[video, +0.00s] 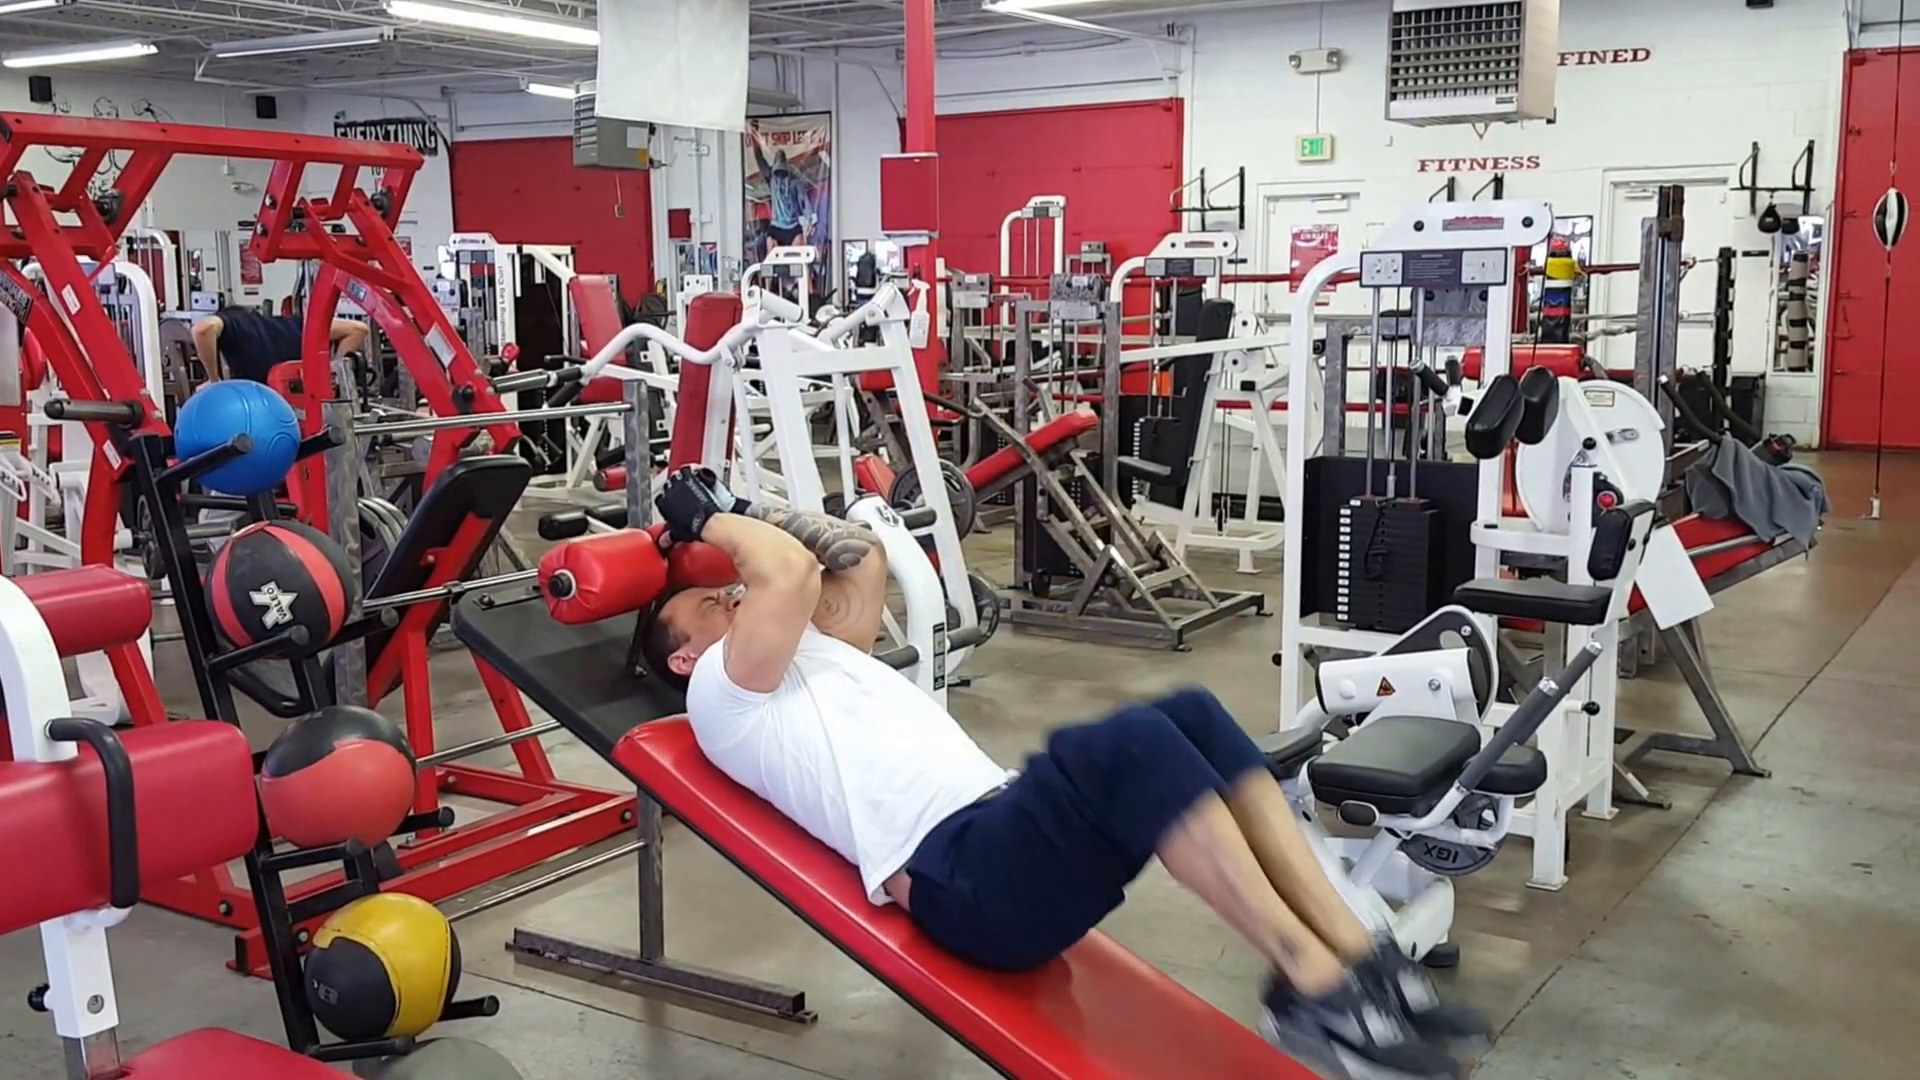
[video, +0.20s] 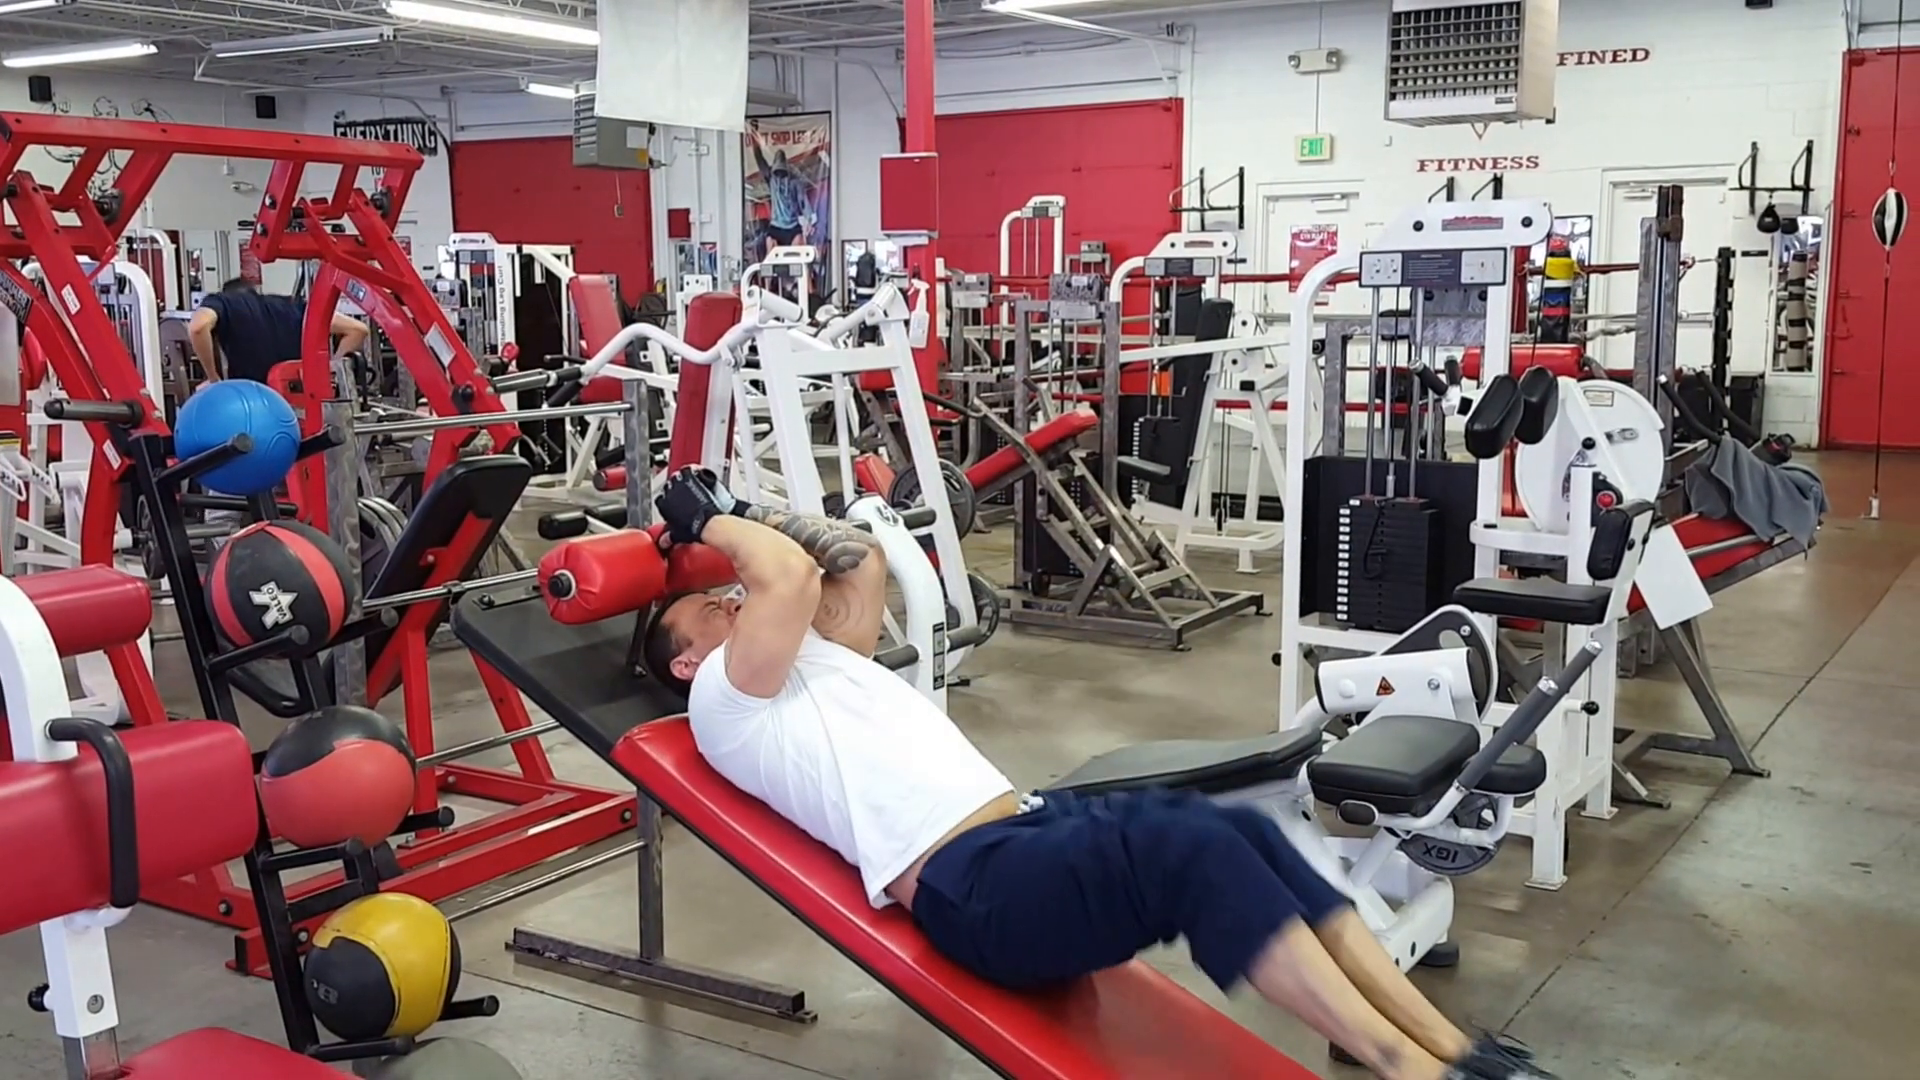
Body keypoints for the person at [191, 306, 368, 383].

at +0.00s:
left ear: (231, 315)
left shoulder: (234, 320)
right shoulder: (300, 324)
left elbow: (202, 331)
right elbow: (358, 330)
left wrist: (213, 380)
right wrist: (334, 363)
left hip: (259, 421)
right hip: (309, 418)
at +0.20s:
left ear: (225, 293)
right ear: (255, 289)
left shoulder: (221, 301)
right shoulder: (293, 304)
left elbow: (198, 327)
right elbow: (358, 330)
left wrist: (213, 379)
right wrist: (332, 364)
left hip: (252, 412)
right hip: (305, 409)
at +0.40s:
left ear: (234, 268)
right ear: (266, 266)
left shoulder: (220, 280)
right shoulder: (297, 285)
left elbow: (192, 319)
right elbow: (351, 328)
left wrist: (208, 374)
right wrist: (331, 367)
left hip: (242, 399)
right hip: (299, 397)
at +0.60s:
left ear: (248, 247)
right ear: (280, 244)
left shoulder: (223, 273)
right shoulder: (302, 278)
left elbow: (183, 314)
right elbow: (350, 329)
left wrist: (182, 377)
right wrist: (328, 366)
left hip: (240, 402)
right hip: (298, 401)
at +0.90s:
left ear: (260, 230)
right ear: (297, 232)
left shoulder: (238, 268)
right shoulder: (315, 273)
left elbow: (204, 333)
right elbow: (351, 332)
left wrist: (181, 386)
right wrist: (328, 364)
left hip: (245, 393)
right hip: (302, 393)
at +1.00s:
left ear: (263, 227)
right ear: (304, 228)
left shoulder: (242, 267)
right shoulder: (318, 270)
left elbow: (216, 334)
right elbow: (351, 334)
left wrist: (206, 376)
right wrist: (330, 367)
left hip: (247, 390)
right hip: (303, 388)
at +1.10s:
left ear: (265, 225)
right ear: (304, 228)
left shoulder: (244, 267)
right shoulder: (318, 270)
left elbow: (222, 333)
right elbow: (350, 336)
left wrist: (229, 374)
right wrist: (328, 368)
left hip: (247, 387)